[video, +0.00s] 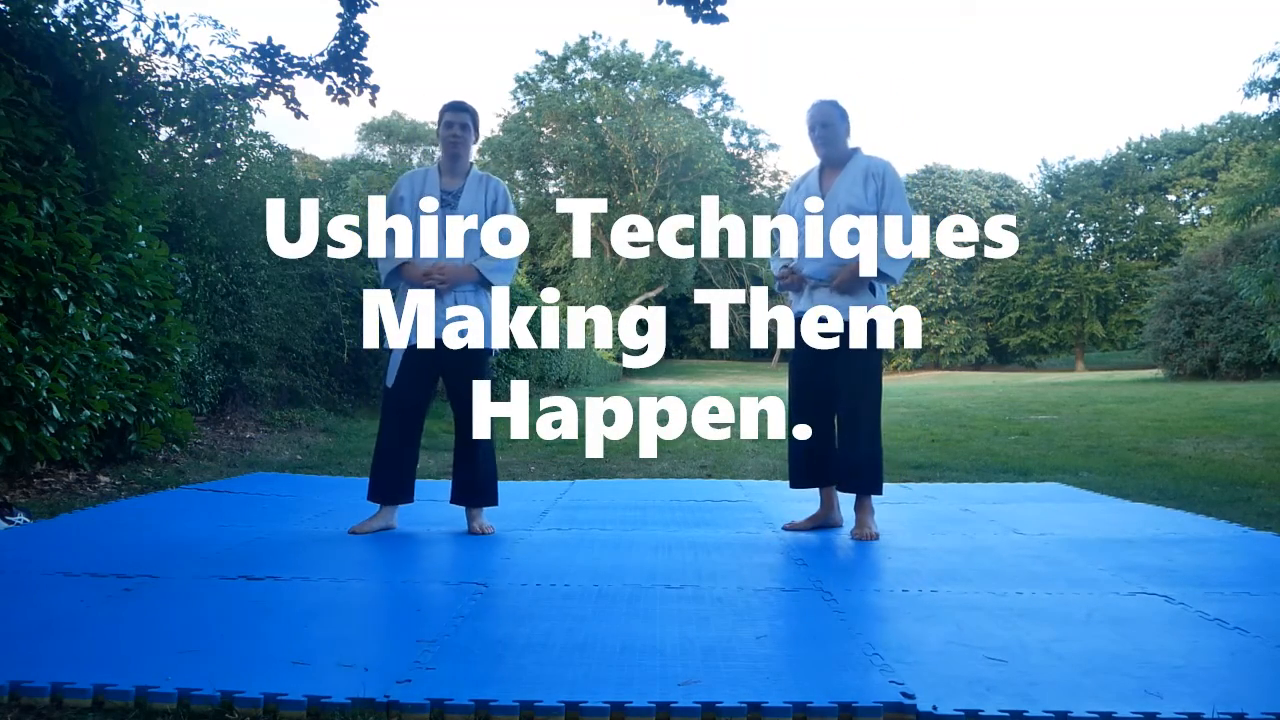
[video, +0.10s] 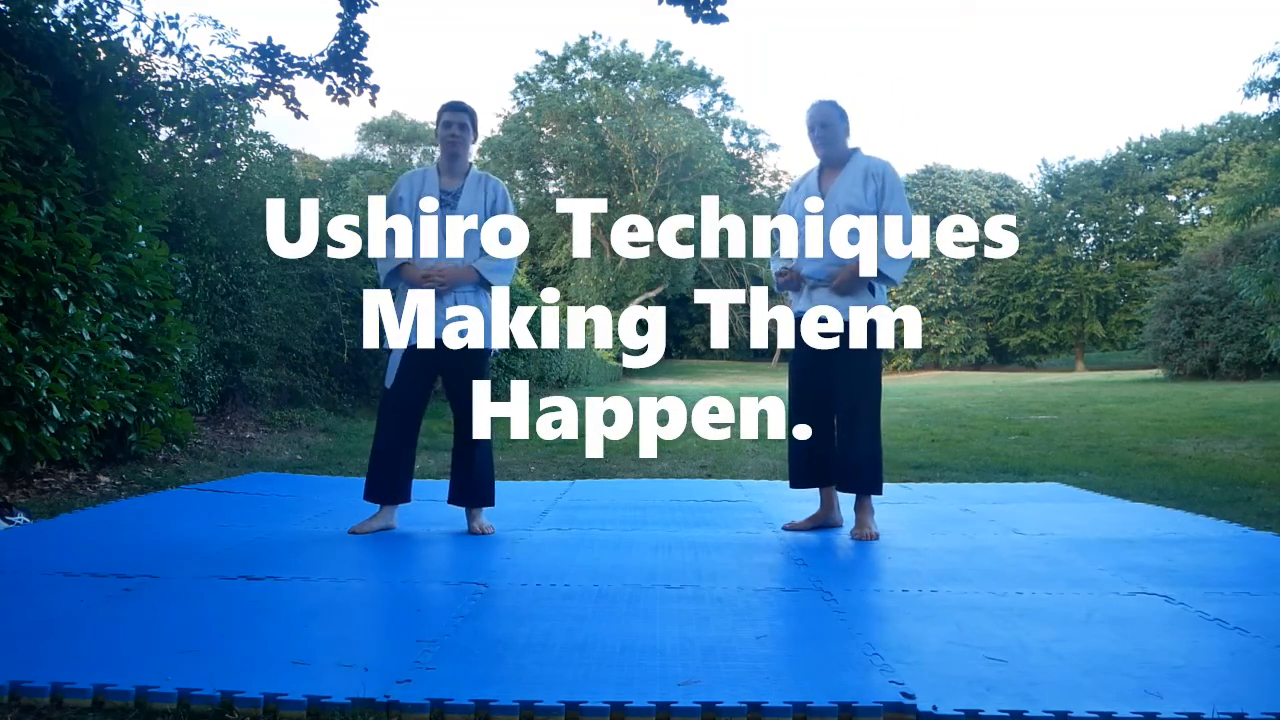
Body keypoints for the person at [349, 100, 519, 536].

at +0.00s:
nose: (455, 133)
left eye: (463, 128)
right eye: (449, 126)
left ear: (476, 138)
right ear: (437, 134)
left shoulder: (493, 189)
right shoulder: (408, 184)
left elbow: (507, 256)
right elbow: (388, 248)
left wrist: (462, 271)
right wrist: (413, 272)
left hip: (470, 320)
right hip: (413, 318)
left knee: (473, 414)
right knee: (399, 409)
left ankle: (475, 512)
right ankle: (387, 509)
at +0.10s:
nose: (453, 133)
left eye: (461, 127)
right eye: (447, 126)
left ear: (474, 138)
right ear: (436, 134)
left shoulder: (492, 189)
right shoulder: (408, 185)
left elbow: (506, 257)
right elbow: (388, 250)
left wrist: (460, 272)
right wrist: (414, 274)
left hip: (470, 319)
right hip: (414, 317)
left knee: (473, 414)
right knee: (398, 408)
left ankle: (476, 511)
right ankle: (387, 509)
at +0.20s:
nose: (452, 132)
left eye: (460, 127)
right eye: (446, 125)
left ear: (473, 138)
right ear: (434, 134)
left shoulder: (492, 190)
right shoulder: (406, 185)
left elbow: (506, 257)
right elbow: (388, 251)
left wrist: (459, 272)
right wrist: (415, 274)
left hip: (470, 320)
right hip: (413, 319)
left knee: (472, 415)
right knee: (397, 410)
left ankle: (476, 512)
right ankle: (387, 510)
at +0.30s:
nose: (452, 132)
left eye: (460, 127)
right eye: (446, 125)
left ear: (473, 138)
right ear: (434, 134)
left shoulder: (492, 190)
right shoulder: (406, 185)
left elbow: (506, 257)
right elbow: (388, 251)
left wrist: (460, 272)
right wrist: (414, 274)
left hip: (470, 320)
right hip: (413, 318)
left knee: (472, 415)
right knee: (397, 410)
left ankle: (476, 511)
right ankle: (387, 510)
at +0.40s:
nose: (452, 132)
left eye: (460, 126)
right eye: (446, 125)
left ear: (474, 138)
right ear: (434, 133)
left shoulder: (492, 190)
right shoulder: (406, 185)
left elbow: (504, 258)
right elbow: (388, 254)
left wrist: (456, 274)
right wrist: (417, 275)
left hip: (469, 320)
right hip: (413, 318)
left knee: (472, 415)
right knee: (398, 411)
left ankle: (475, 512)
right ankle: (387, 510)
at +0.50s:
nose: (452, 132)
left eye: (461, 127)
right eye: (446, 125)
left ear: (474, 138)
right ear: (434, 133)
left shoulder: (493, 190)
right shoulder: (406, 185)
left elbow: (504, 258)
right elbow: (388, 253)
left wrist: (456, 274)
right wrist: (416, 275)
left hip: (470, 320)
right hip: (413, 318)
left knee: (472, 414)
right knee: (398, 411)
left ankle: (475, 513)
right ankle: (387, 510)